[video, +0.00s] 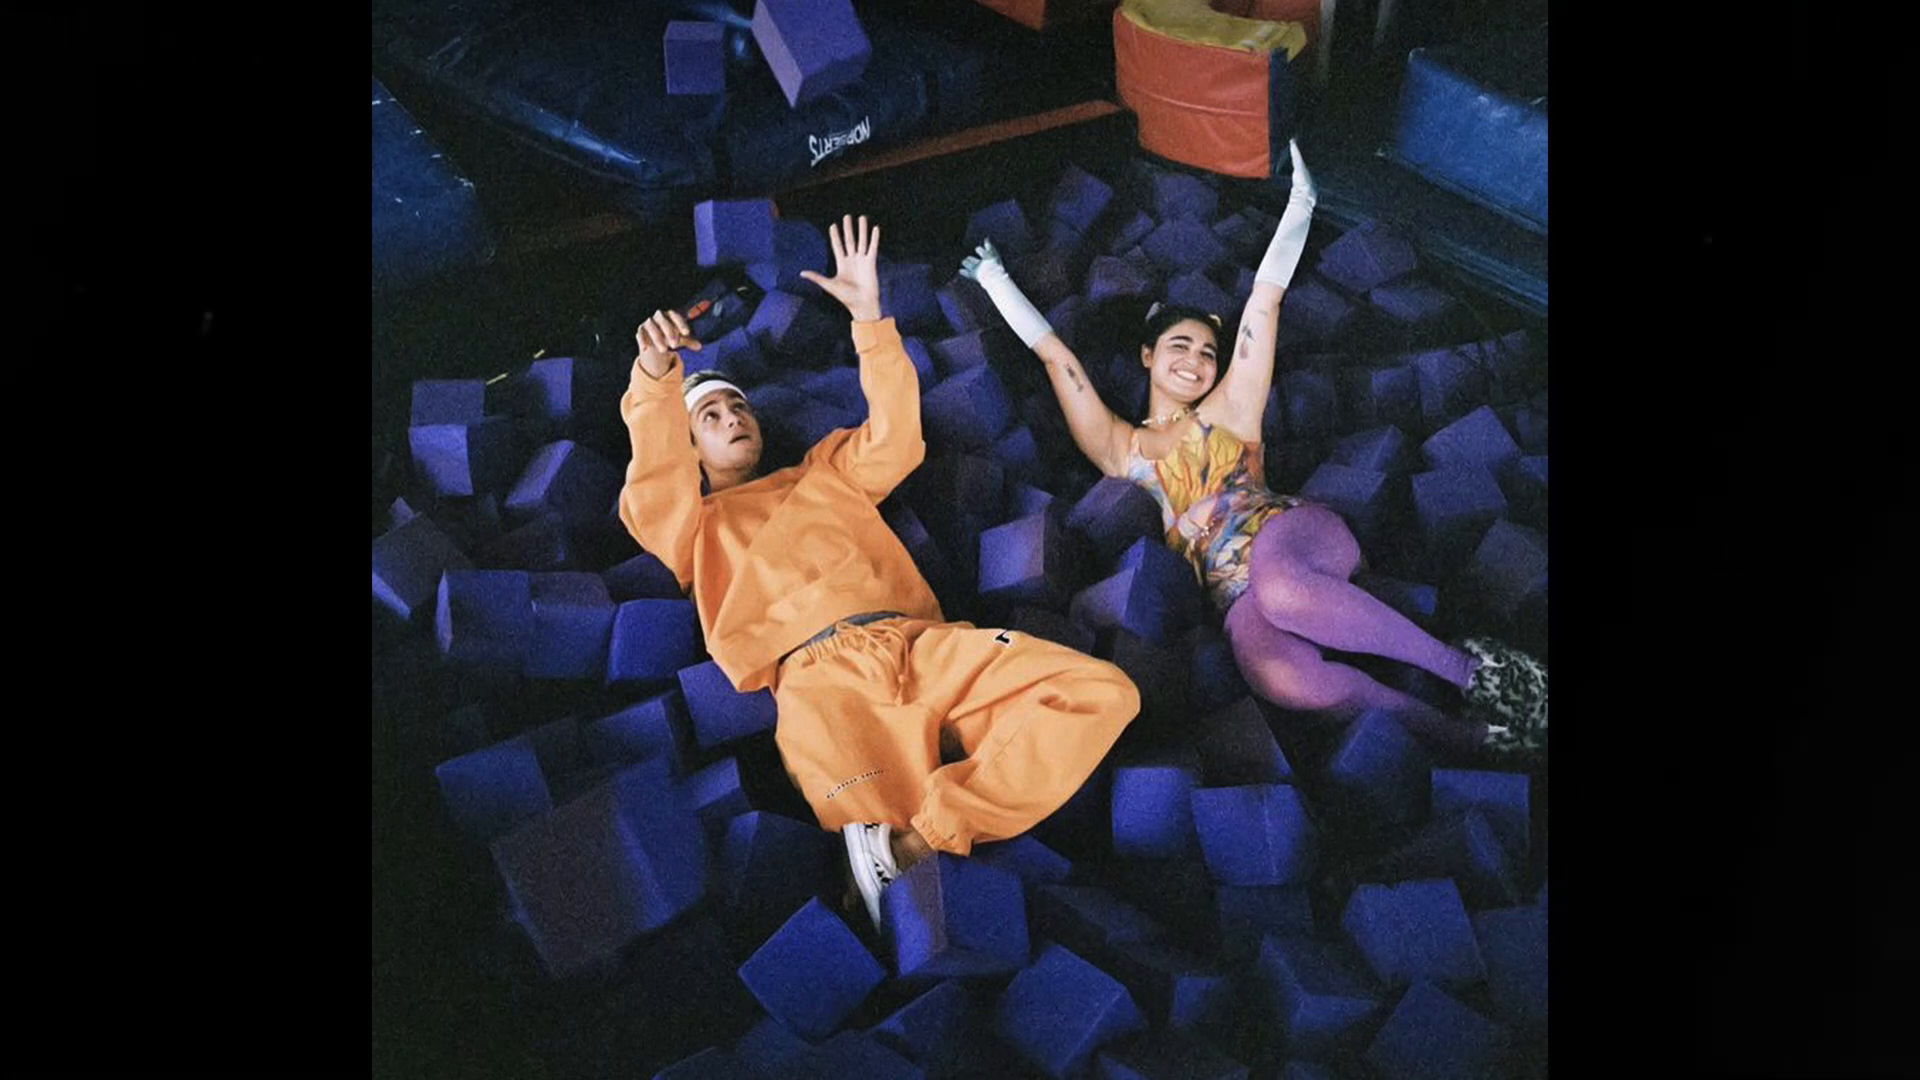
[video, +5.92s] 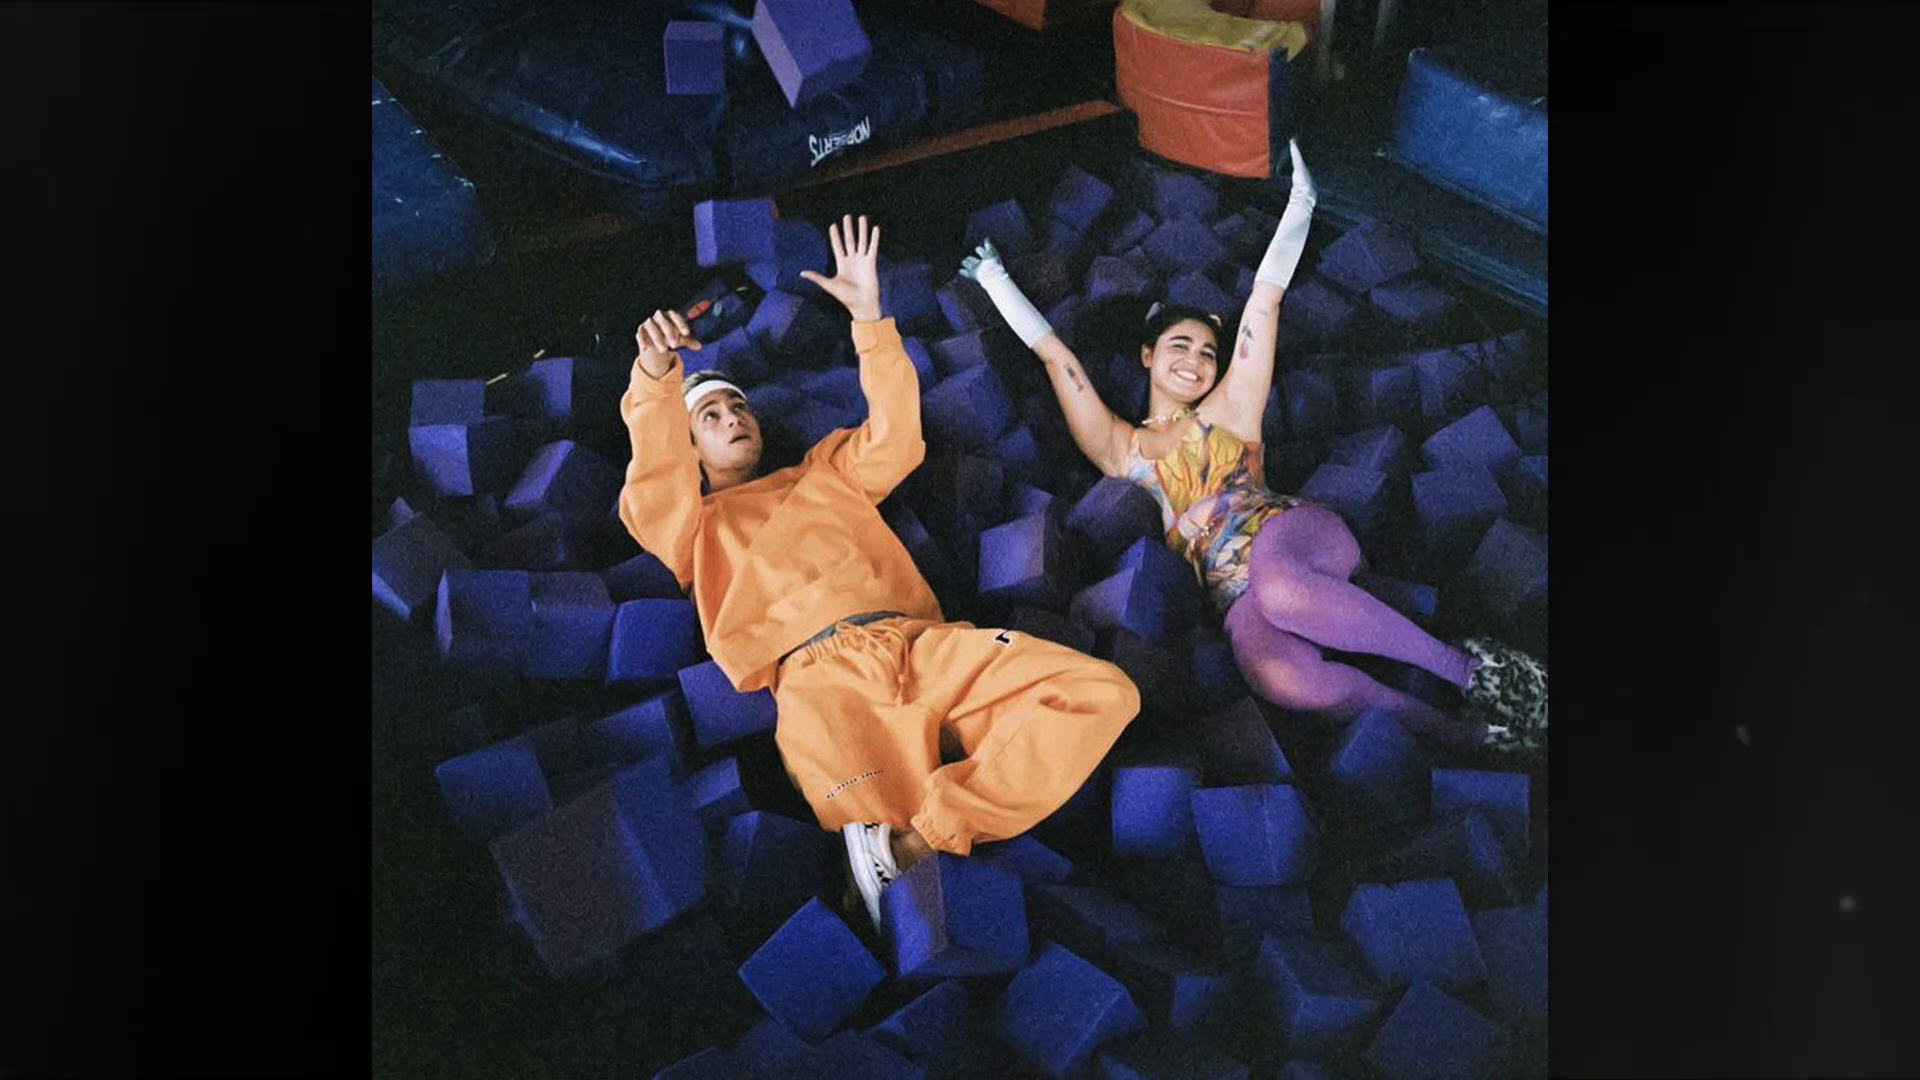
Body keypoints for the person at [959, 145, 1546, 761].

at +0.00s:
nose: (1191, 360)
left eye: (1205, 354)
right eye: (1177, 346)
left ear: (1216, 371)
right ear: (1145, 357)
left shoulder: (1230, 411)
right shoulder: (1122, 448)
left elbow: (1264, 306)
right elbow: (1057, 359)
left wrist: (1298, 209)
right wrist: (991, 278)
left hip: (1287, 531)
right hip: (1238, 596)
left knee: (1278, 593)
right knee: (1287, 680)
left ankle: (1471, 671)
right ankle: (1463, 735)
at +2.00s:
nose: (1191, 360)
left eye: (1205, 354)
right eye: (1177, 346)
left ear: (1216, 371)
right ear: (1145, 357)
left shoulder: (1230, 411)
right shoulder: (1122, 448)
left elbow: (1264, 306)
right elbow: (1057, 359)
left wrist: (1298, 209)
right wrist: (992, 278)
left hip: (1288, 531)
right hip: (1238, 596)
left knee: (1278, 592)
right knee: (1287, 680)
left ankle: (1471, 671)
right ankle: (1463, 736)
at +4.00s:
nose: (1192, 361)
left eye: (1205, 354)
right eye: (1178, 347)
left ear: (1215, 369)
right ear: (1145, 358)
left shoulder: (1230, 412)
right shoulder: (1123, 448)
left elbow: (1264, 305)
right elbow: (1057, 358)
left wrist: (1298, 209)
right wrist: (991, 277)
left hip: (1288, 532)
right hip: (1239, 598)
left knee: (1278, 592)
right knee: (1286, 680)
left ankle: (1470, 671)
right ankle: (1464, 735)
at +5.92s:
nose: (1190, 359)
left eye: (1205, 353)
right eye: (1176, 346)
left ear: (1217, 371)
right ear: (1145, 359)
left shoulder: (1230, 410)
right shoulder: (1123, 449)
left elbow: (1264, 304)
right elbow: (1057, 359)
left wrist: (1298, 208)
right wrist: (992, 277)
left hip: (1291, 533)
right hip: (1240, 599)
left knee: (1277, 592)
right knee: (1286, 680)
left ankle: (1471, 670)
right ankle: (1459, 732)